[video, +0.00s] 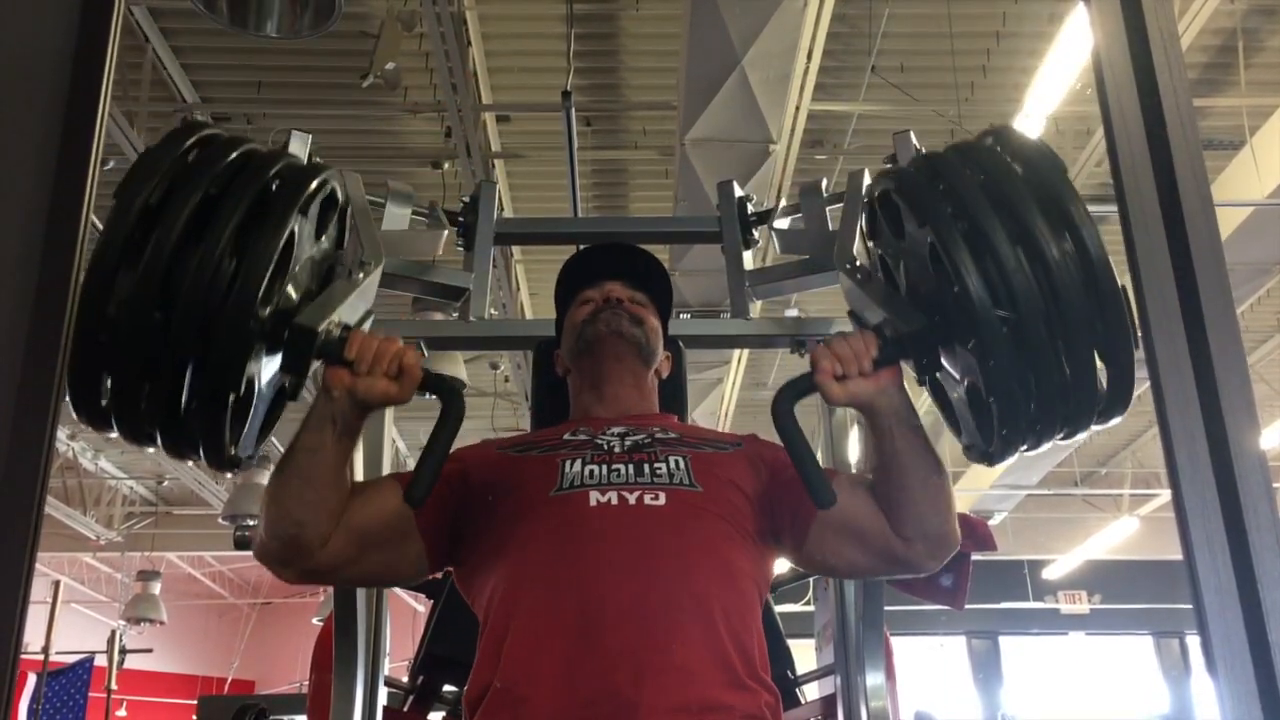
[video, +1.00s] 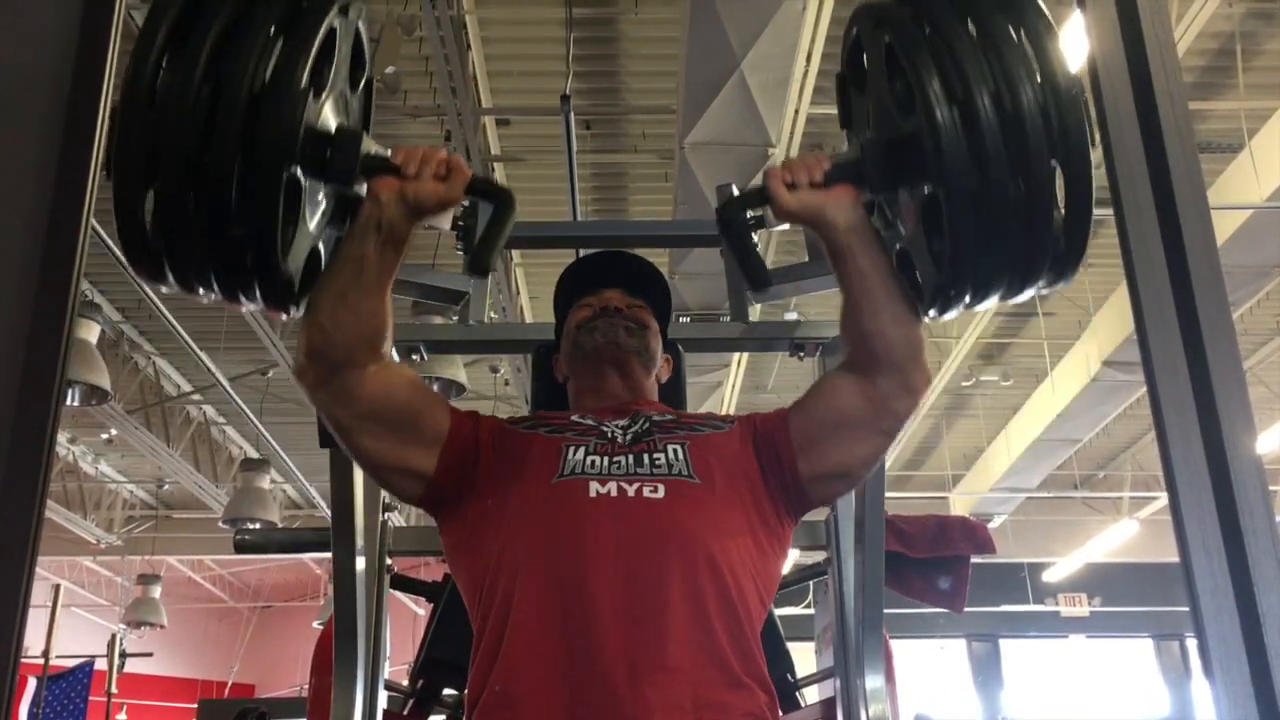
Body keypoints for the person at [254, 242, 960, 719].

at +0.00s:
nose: (616, 301)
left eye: (639, 302)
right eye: (589, 301)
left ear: (669, 359)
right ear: (555, 360)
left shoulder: (748, 462)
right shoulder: (486, 468)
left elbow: (922, 544)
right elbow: (299, 548)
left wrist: (882, 404)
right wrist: (342, 403)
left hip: (725, 707)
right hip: (528, 708)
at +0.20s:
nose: (618, 302)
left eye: (639, 302)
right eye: (592, 303)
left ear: (671, 358)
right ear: (558, 359)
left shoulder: (750, 462)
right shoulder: (489, 469)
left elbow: (915, 564)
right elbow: (304, 569)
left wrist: (892, 428)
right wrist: (333, 435)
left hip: (722, 704)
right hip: (527, 704)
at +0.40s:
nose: (619, 303)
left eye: (641, 303)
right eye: (592, 303)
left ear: (671, 358)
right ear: (559, 359)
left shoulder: (750, 464)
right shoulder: (490, 470)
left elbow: (914, 567)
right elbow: (305, 571)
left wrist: (893, 433)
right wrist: (332, 441)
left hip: (724, 704)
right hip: (529, 705)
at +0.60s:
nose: (616, 309)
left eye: (639, 311)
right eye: (590, 309)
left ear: (668, 362)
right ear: (556, 361)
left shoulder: (743, 463)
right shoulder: (488, 469)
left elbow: (926, 531)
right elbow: (291, 523)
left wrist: (881, 395)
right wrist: (346, 385)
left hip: (726, 704)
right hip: (529, 704)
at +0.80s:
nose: (608, 310)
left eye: (633, 312)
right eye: (584, 310)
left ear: (664, 364)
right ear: (554, 363)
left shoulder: (744, 458)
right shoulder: (484, 463)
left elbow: (921, 441)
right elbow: (303, 432)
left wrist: (859, 296)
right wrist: (366, 291)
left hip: (720, 704)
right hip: (526, 705)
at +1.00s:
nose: (610, 319)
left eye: (634, 316)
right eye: (586, 315)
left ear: (667, 365)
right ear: (556, 363)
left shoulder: (753, 452)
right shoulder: (484, 456)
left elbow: (892, 381)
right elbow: (337, 367)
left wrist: (842, 221)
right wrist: (387, 217)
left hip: (726, 705)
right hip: (523, 706)